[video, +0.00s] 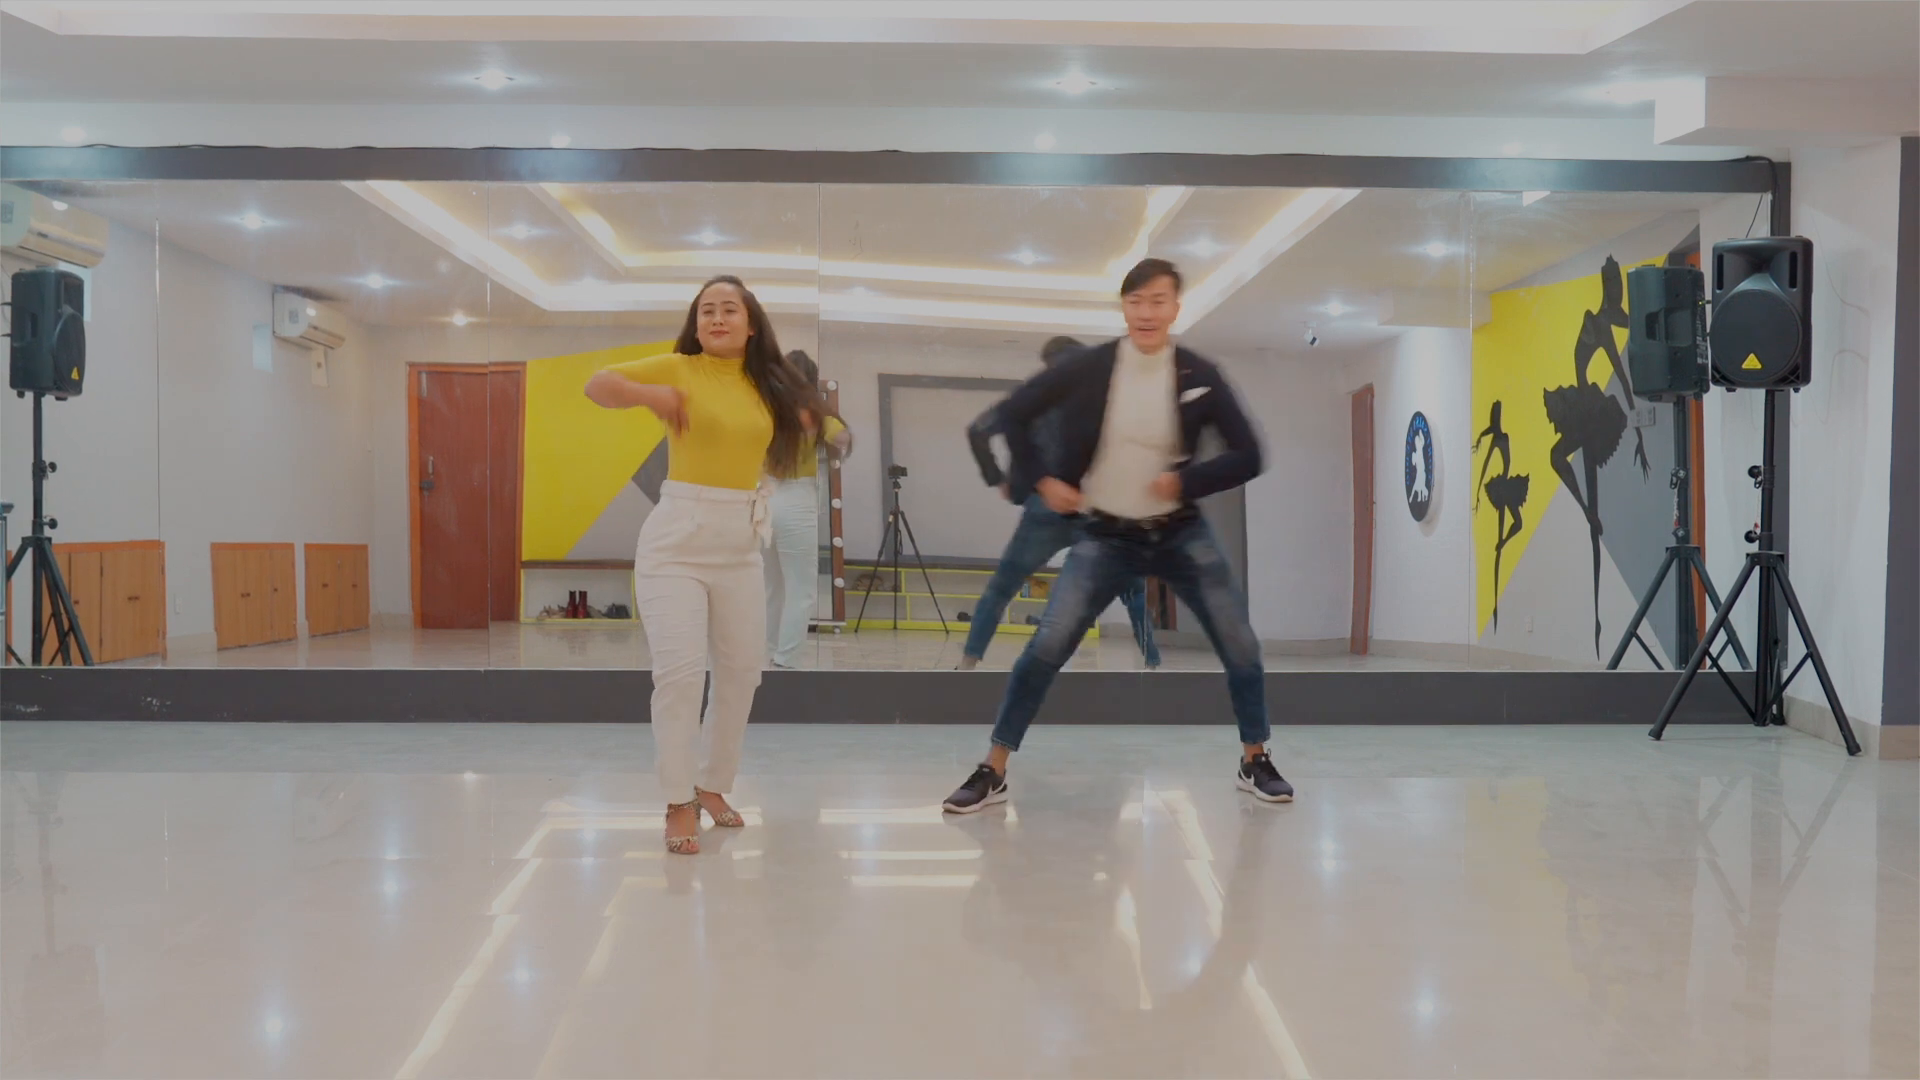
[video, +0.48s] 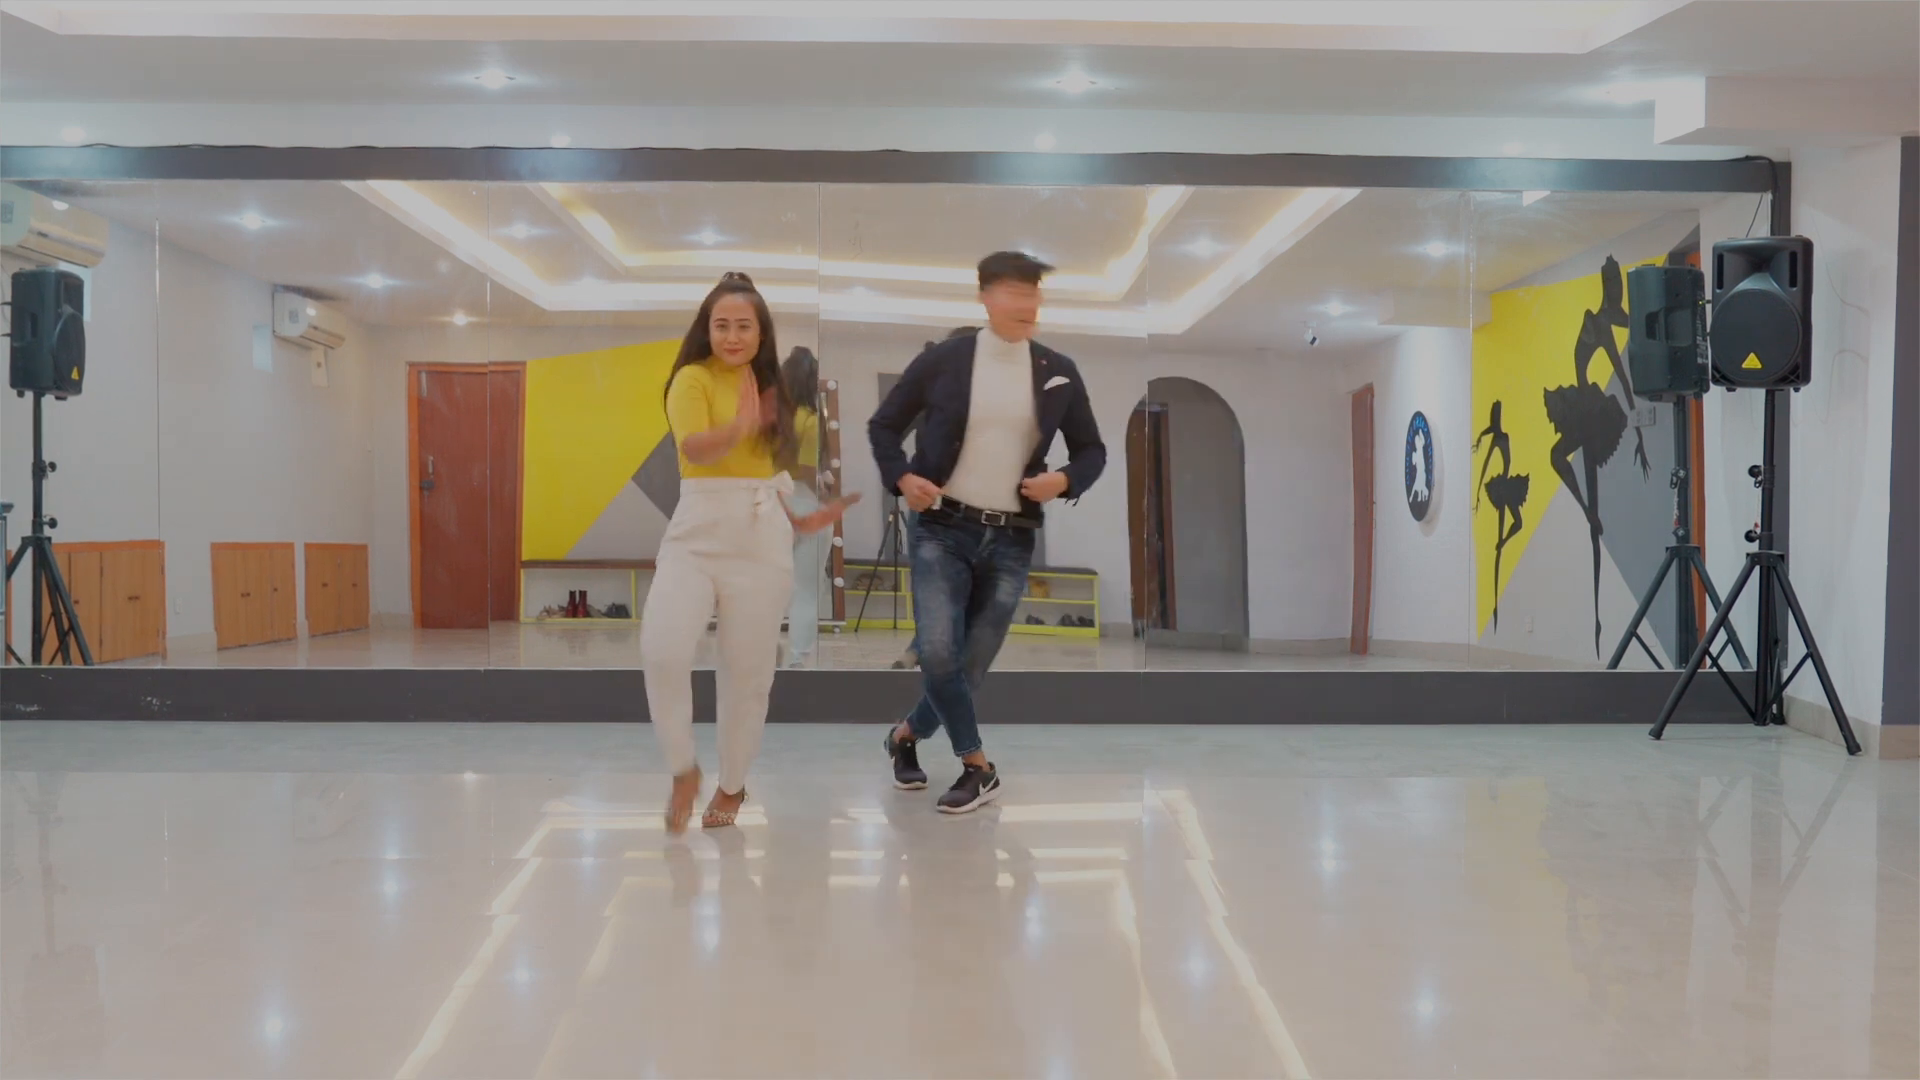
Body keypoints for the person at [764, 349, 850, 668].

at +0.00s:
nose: (818, 384)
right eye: (816, 379)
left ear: (782, 378)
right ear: (812, 380)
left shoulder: (765, 406)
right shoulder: (811, 410)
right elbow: (841, 436)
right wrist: (836, 451)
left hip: (760, 502)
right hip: (795, 504)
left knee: (771, 587)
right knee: (800, 589)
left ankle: (769, 656)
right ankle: (785, 663)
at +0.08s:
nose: (814, 382)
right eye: (813, 376)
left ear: (780, 373)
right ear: (810, 377)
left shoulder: (764, 402)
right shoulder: (809, 406)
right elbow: (847, 437)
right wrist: (836, 410)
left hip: (760, 499)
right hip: (796, 501)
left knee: (769, 585)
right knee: (798, 588)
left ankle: (770, 655)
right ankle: (785, 662)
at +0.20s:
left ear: (777, 377)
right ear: (809, 378)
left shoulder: (765, 408)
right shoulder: (812, 409)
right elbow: (836, 455)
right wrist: (863, 439)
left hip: (761, 496)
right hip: (799, 498)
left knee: (768, 582)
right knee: (798, 586)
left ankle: (767, 654)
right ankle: (786, 662)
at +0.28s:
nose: (811, 385)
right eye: (812, 379)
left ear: (781, 378)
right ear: (813, 381)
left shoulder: (764, 411)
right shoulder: (815, 417)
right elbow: (835, 460)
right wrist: (857, 476)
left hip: (762, 499)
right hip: (801, 500)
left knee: (764, 587)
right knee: (798, 591)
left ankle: (768, 657)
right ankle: (788, 663)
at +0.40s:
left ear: (782, 380)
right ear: (814, 380)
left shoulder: (772, 415)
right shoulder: (819, 422)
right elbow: (820, 472)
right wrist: (835, 507)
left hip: (774, 500)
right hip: (810, 501)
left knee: (770, 581)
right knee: (803, 586)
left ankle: (770, 655)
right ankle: (795, 659)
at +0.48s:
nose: (816, 382)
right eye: (814, 376)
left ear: (783, 377)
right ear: (812, 380)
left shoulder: (768, 413)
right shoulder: (812, 420)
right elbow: (808, 472)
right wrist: (827, 498)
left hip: (772, 497)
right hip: (805, 497)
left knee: (769, 580)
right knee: (806, 581)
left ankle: (759, 658)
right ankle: (800, 656)